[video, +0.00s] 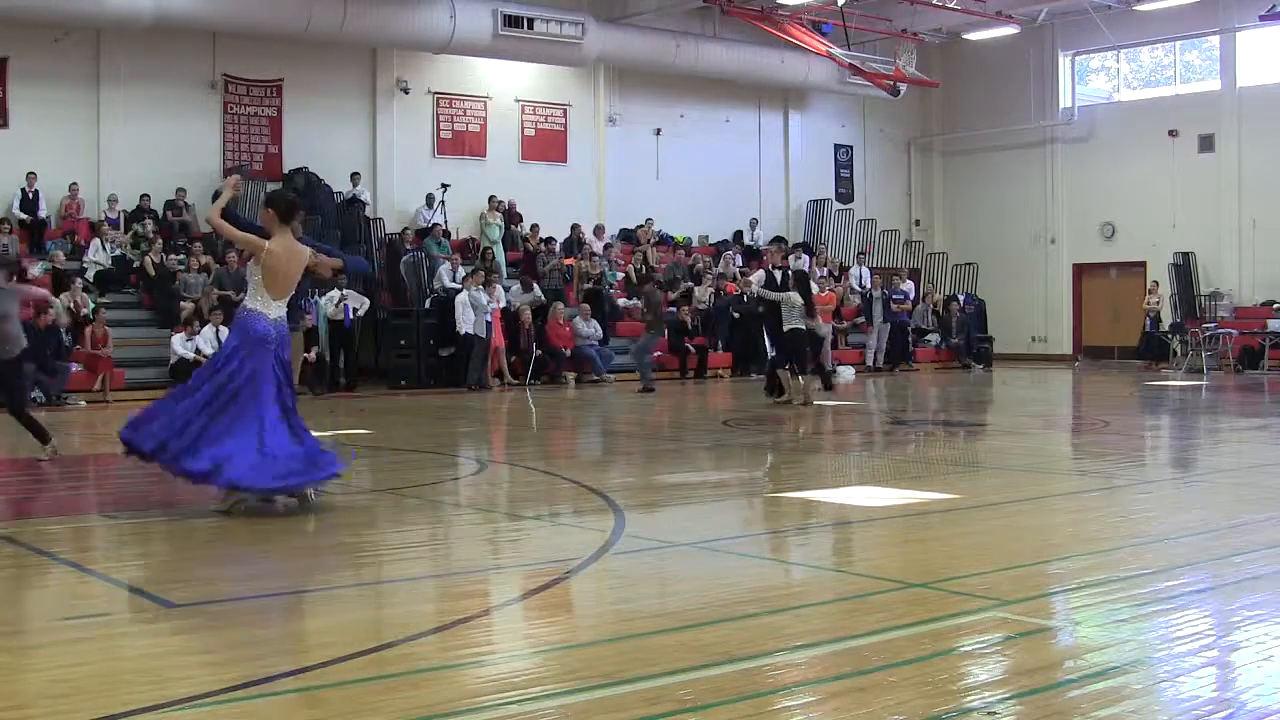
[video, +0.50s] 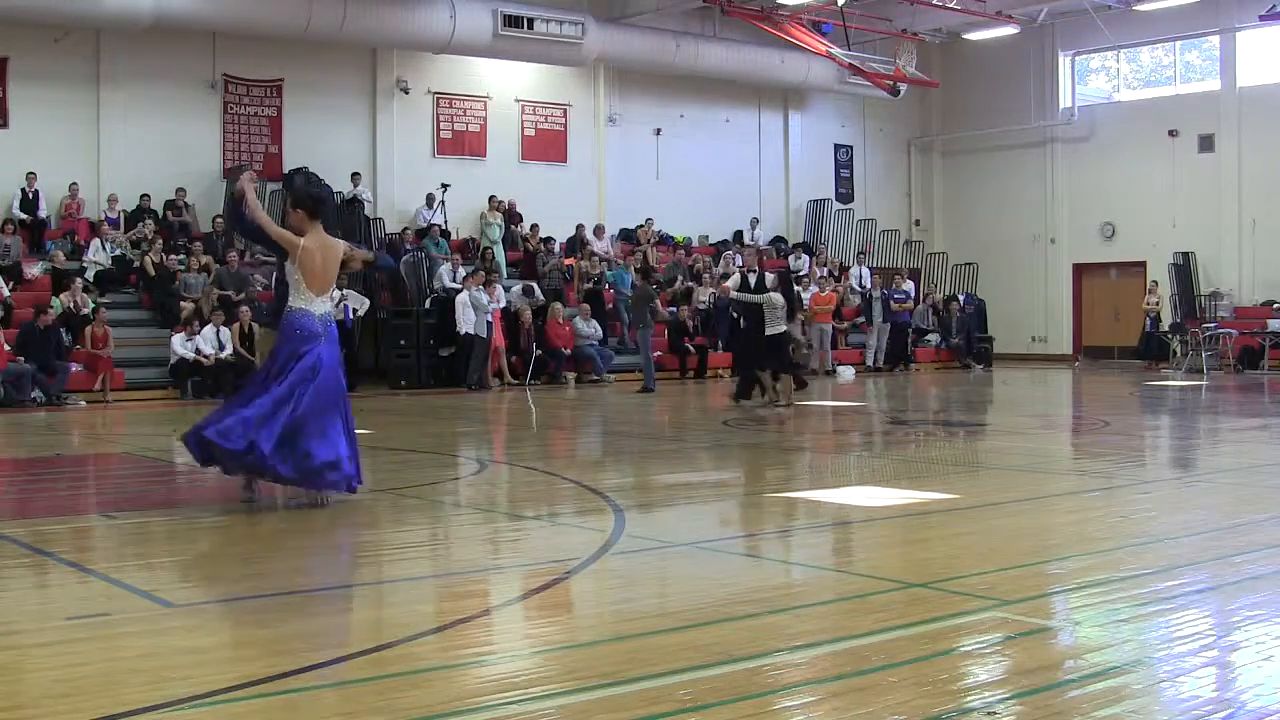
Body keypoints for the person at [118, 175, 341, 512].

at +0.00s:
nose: (261, 214)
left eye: (264, 210)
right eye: (263, 210)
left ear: (272, 214)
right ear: (292, 217)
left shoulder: (264, 247)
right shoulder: (304, 253)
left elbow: (214, 219)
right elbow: (328, 268)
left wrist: (228, 192)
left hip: (252, 325)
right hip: (278, 329)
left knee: (248, 402)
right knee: (270, 402)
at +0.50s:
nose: (287, 217)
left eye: (289, 211)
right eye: (289, 211)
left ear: (300, 212)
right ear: (319, 211)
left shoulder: (298, 244)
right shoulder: (340, 246)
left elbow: (258, 216)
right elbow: (365, 258)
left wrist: (248, 189)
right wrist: (357, 258)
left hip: (298, 328)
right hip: (326, 329)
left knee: (277, 395)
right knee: (321, 401)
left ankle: (252, 462)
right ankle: (318, 478)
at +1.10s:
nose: (363, 217)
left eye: (369, 213)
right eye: (364, 212)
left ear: (386, 219)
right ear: (387, 220)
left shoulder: (377, 250)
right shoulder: (396, 246)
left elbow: (331, 232)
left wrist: (298, 208)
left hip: (373, 328)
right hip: (388, 327)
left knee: (347, 392)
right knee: (389, 397)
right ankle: (406, 466)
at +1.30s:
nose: (400, 220)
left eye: (406, 215)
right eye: (401, 214)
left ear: (421, 222)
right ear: (417, 221)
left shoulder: (413, 252)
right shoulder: (422, 246)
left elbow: (365, 237)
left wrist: (327, 209)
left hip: (409, 331)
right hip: (413, 328)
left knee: (385, 393)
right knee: (414, 397)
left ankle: (384, 472)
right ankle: (429, 467)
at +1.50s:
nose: (432, 221)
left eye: (438, 216)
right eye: (433, 216)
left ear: (453, 223)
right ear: (449, 224)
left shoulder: (442, 253)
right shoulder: (450, 247)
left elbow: (398, 235)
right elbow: (402, 234)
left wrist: (363, 207)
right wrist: (365, 206)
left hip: (436, 330)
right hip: (435, 327)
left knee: (405, 384)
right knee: (439, 393)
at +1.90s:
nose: (472, 227)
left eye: (477, 222)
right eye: (473, 221)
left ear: (493, 227)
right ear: (493, 227)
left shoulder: (485, 259)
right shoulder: (500, 253)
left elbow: (441, 283)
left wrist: (408, 266)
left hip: (478, 332)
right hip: (489, 329)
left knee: (463, 396)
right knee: (484, 396)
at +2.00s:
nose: (478, 230)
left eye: (483, 225)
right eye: (479, 225)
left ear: (499, 230)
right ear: (500, 230)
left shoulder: (495, 263)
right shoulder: (503, 256)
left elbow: (459, 299)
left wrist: (424, 278)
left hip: (486, 336)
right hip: (496, 333)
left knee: (455, 395)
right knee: (500, 399)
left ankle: (468, 464)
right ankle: (520, 460)